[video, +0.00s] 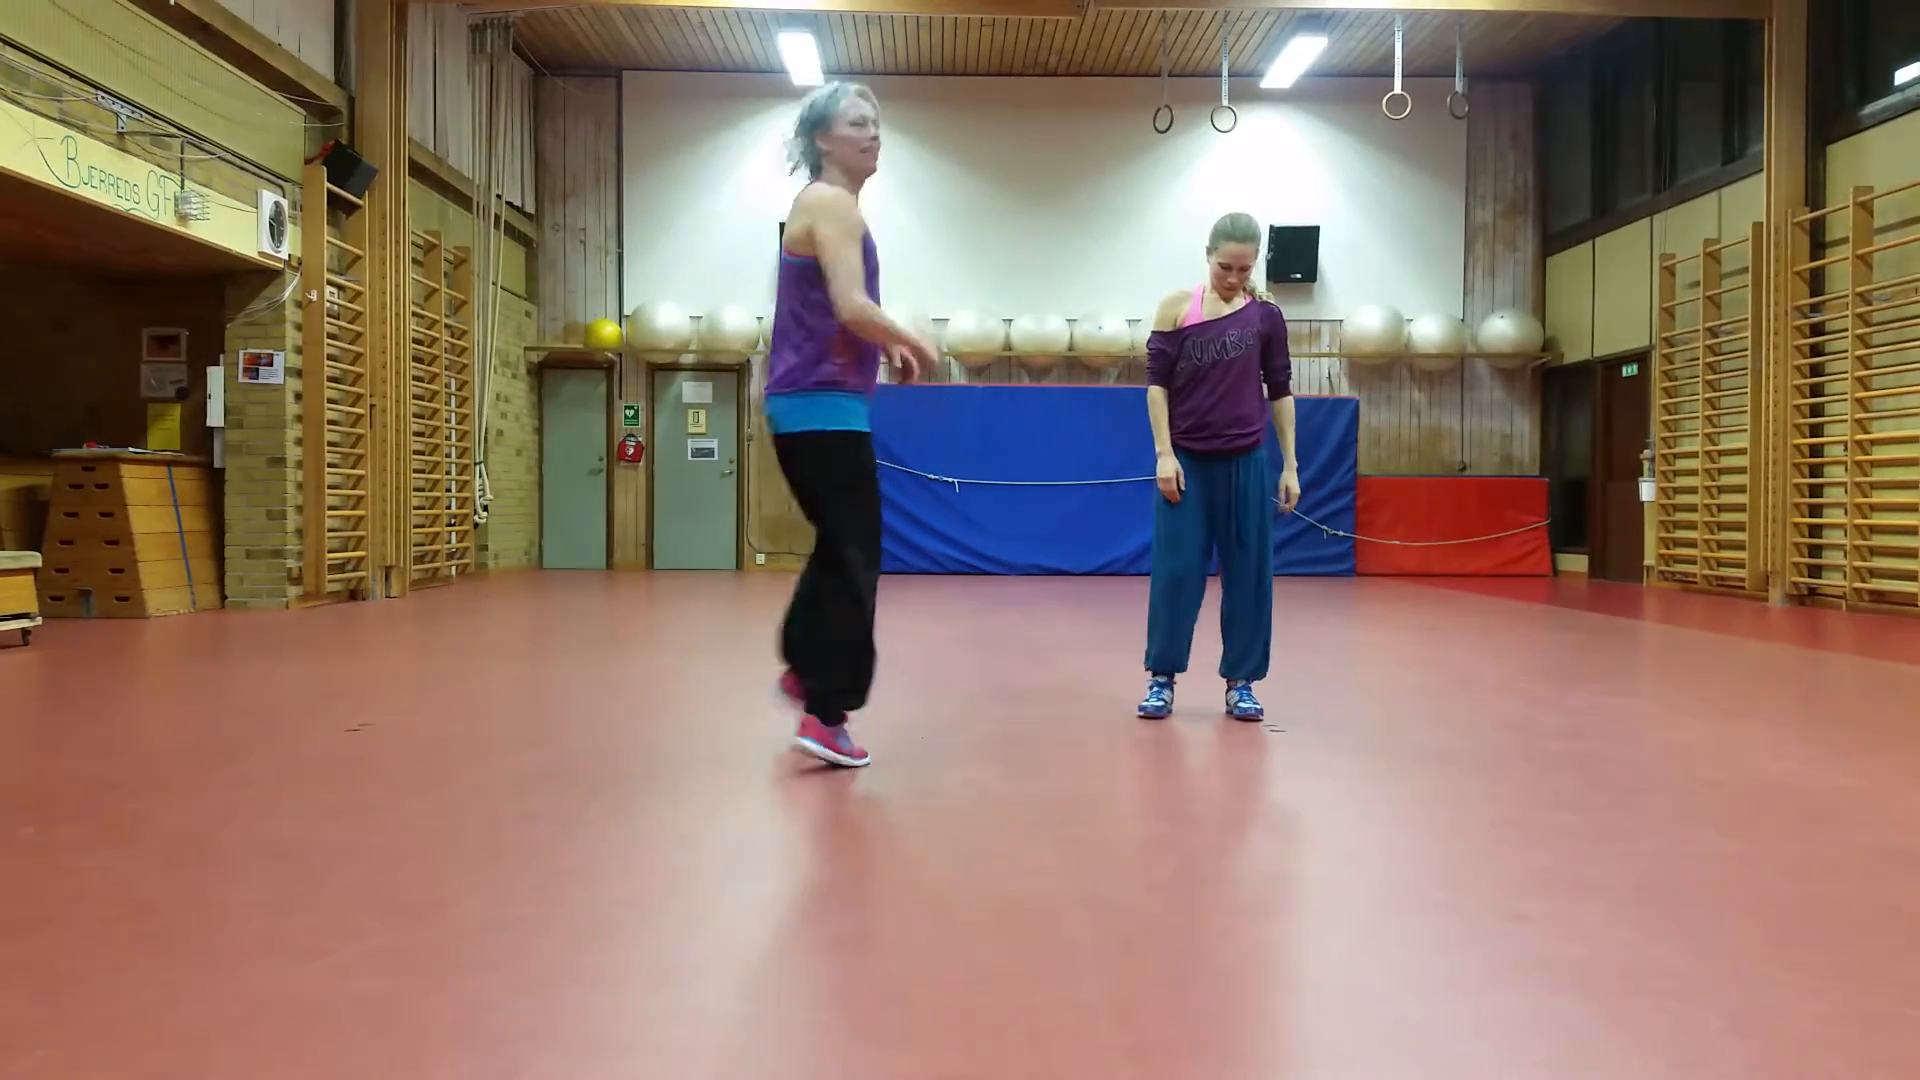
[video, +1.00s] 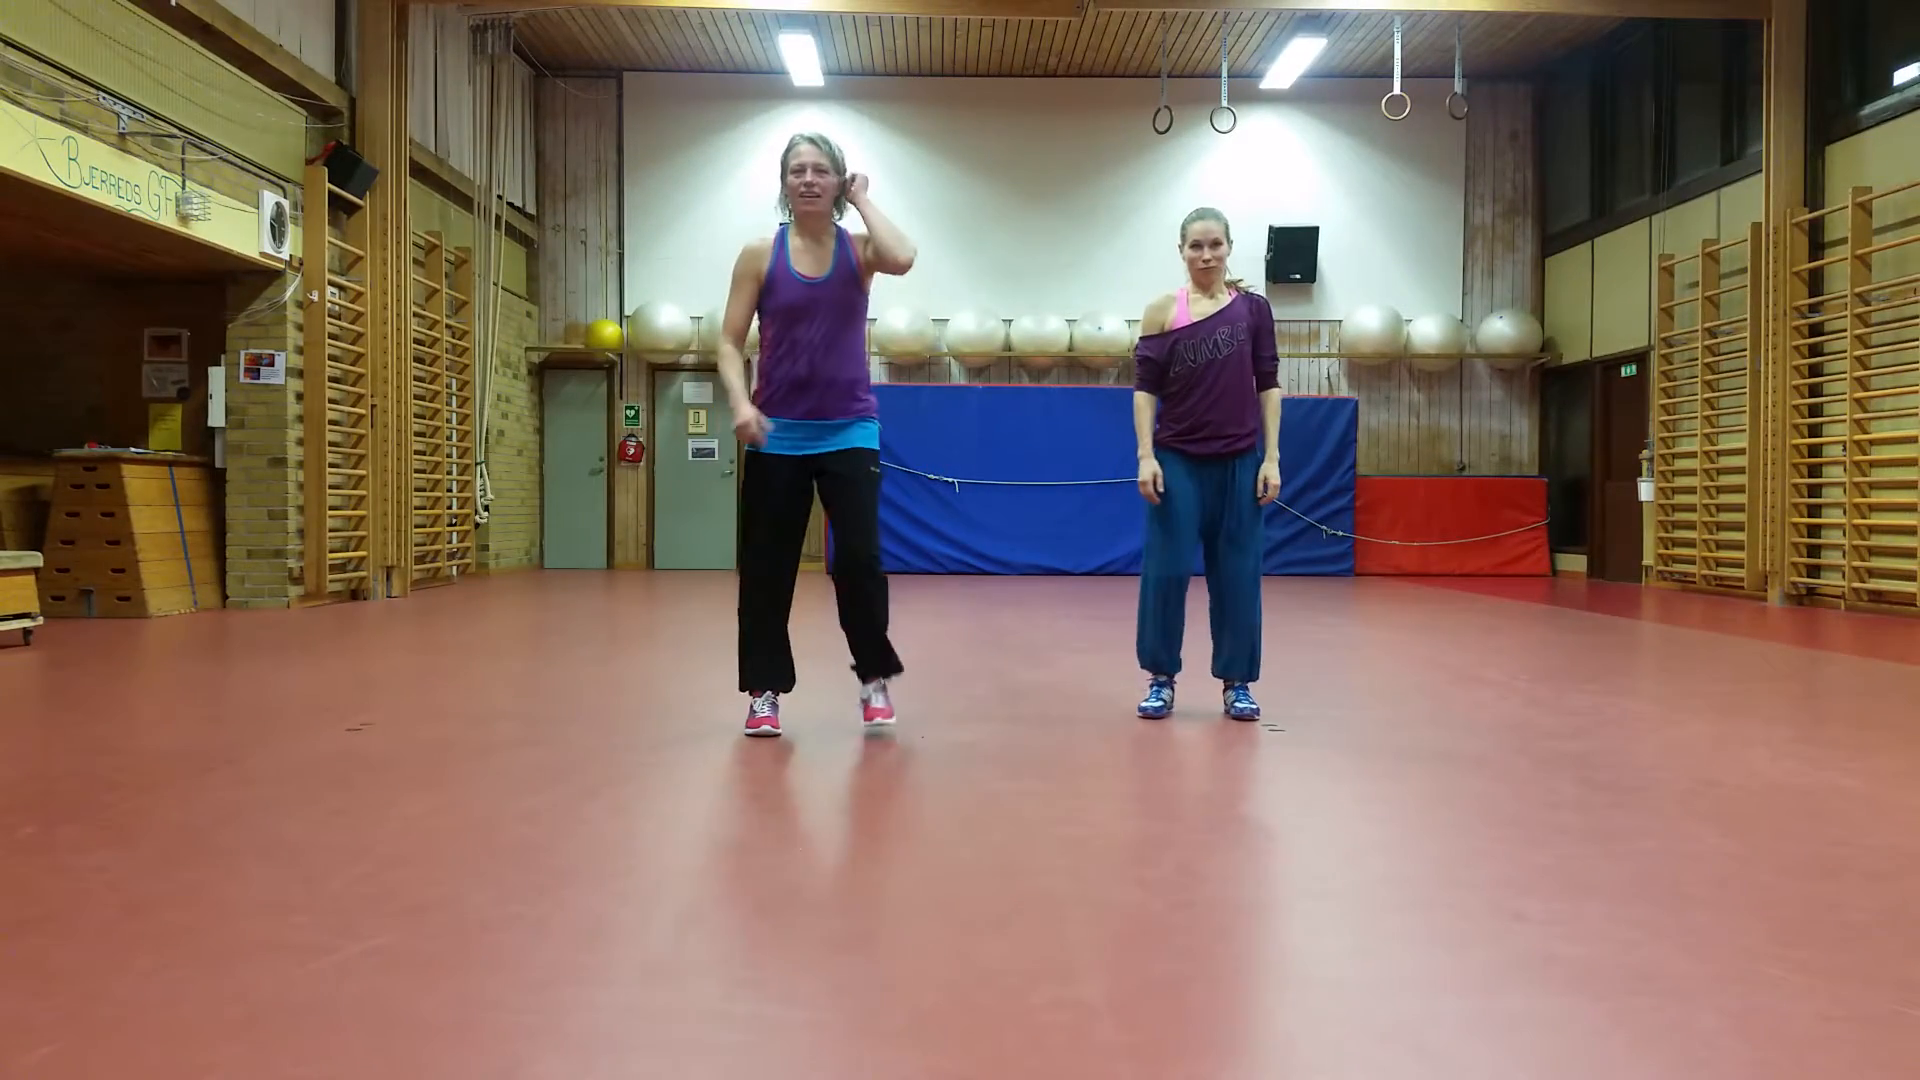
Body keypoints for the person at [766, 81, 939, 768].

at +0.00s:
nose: (874, 136)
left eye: (876, 126)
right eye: (858, 126)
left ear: (871, 139)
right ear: (822, 140)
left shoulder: (817, 205)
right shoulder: (833, 204)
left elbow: (831, 315)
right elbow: (850, 307)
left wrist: (890, 345)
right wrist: (907, 341)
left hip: (807, 409)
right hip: (829, 412)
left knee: (840, 543)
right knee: (856, 551)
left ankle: (804, 666)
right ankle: (826, 717)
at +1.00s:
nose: (807, 180)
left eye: (819, 171)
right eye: (797, 171)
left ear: (839, 185)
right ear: (783, 184)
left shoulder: (858, 245)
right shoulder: (760, 255)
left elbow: (900, 259)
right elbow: (729, 342)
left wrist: (862, 198)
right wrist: (741, 404)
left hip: (850, 429)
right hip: (777, 432)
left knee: (860, 558)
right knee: (766, 566)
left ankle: (874, 681)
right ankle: (763, 690)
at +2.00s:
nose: (849, 176)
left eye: (860, 169)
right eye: (839, 168)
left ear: (877, 187)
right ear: (824, 185)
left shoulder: (898, 248)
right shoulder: (810, 251)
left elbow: (919, 198)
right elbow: (797, 221)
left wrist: (874, 117)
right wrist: (839, 130)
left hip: (892, 431)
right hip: (823, 431)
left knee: (887, 571)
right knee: (819, 570)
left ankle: (882, 700)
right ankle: (838, 698)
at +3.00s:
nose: (870, 151)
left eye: (881, 144)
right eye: (858, 146)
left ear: (901, 161)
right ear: (844, 164)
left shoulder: (926, 225)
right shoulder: (834, 228)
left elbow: (946, 146)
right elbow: (795, 171)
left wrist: (907, 67)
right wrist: (817, 90)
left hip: (917, 415)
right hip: (842, 412)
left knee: (917, 561)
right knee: (830, 545)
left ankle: (915, 698)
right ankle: (846, 677)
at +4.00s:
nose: (873, 173)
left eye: (885, 167)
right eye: (862, 166)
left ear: (904, 185)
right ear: (849, 185)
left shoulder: (928, 249)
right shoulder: (835, 250)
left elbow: (952, 168)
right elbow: (805, 181)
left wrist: (896, 102)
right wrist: (861, 106)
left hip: (913, 440)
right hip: (840, 437)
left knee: (914, 580)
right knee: (840, 578)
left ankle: (891, 701)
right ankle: (846, 703)